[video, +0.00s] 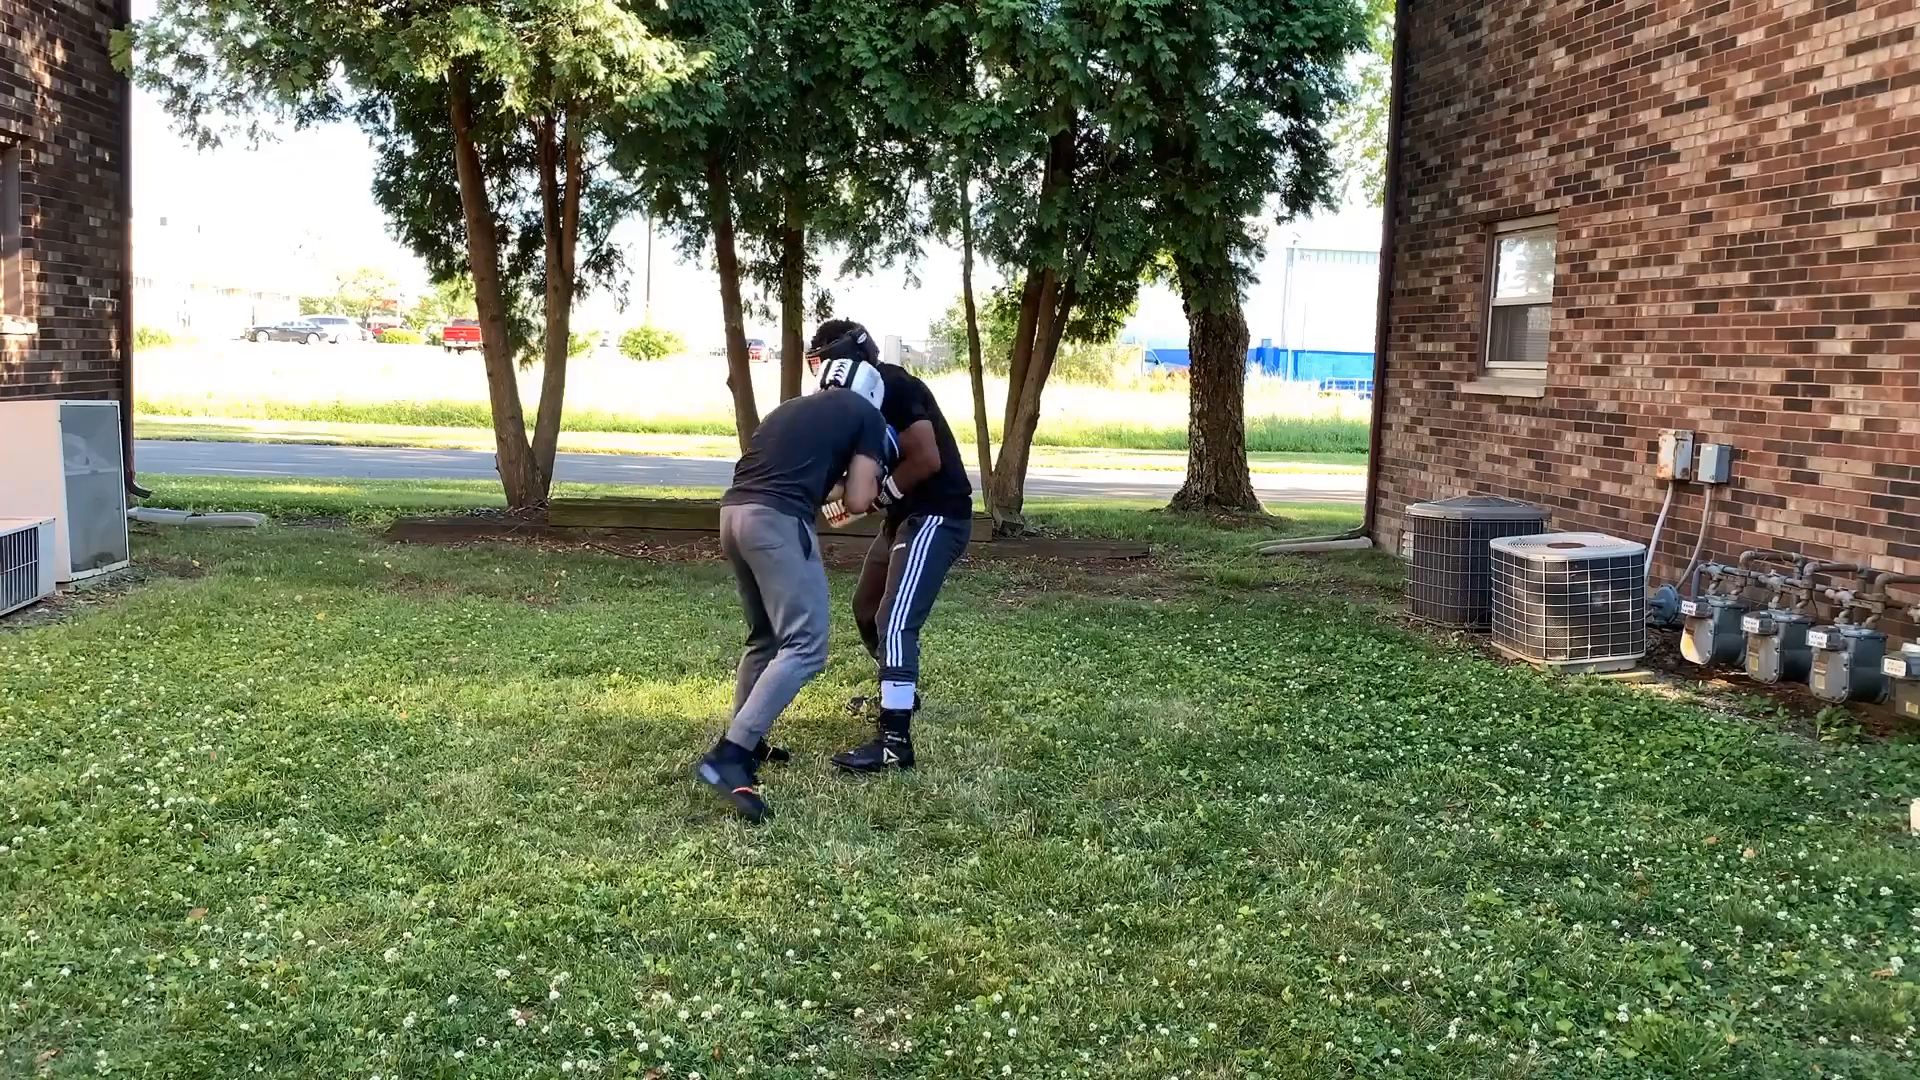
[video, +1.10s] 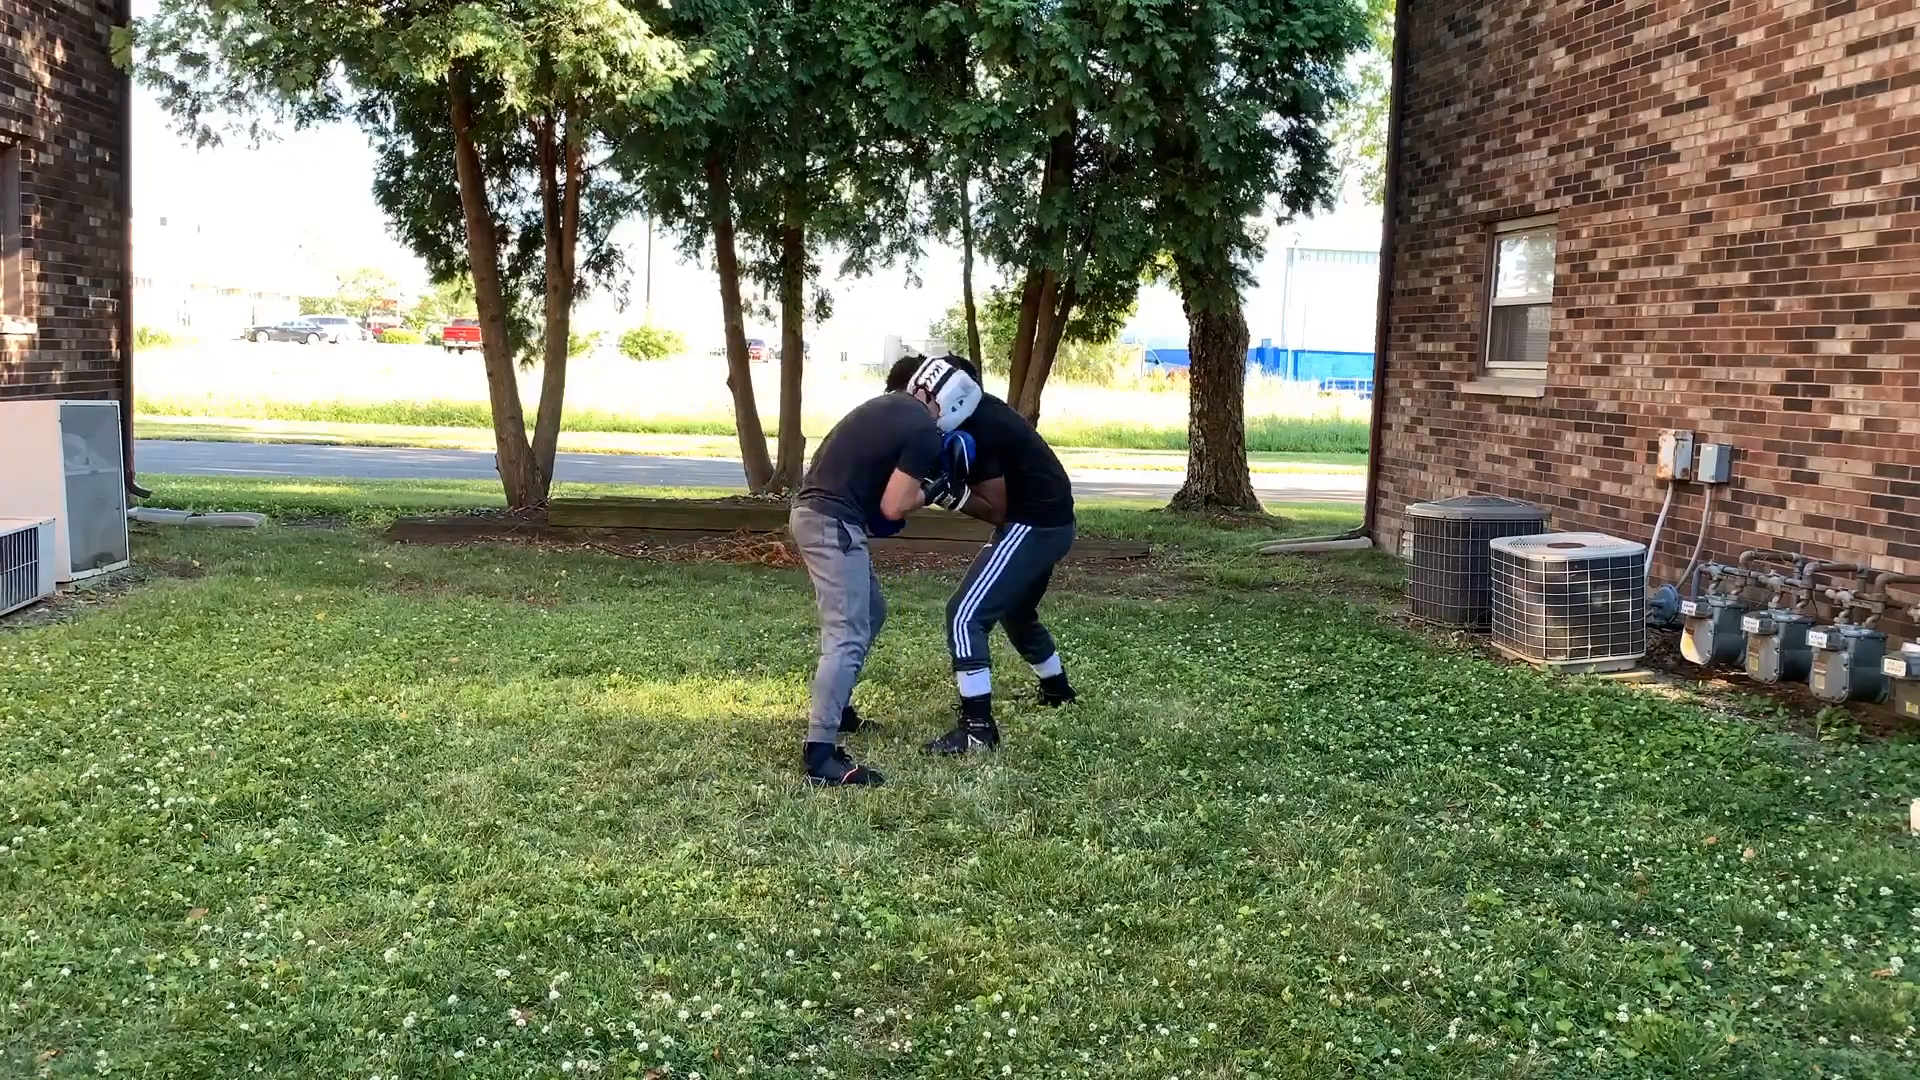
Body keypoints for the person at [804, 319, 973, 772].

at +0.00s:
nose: (818, 377)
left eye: (821, 367)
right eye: (816, 368)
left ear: (846, 361)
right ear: (851, 360)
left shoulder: (896, 385)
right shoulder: (860, 400)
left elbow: (926, 458)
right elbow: (882, 462)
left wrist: (876, 493)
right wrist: (852, 492)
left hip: (934, 515)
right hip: (901, 516)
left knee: (896, 620)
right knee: (867, 611)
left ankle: (895, 741)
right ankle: (901, 690)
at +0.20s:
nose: (822, 386)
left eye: (826, 376)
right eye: (820, 378)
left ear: (851, 363)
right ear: (841, 369)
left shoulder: (909, 377)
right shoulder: (854, 404)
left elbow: (959, 432)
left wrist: (909, 461)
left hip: (945, 505)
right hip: (907, 506)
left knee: (899, 609)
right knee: (876, 606)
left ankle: (908, 734)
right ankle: (898, 706)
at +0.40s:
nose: (888, 363)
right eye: (886, 357)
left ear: (847, 364)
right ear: (878, 355)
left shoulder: (829, 399)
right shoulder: (903, 394)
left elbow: (822, 466)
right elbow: (920, 477)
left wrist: (882, 461)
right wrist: (915, 453)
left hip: (808, 529)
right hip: (854, 528)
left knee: (836, 610)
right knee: (883, 645)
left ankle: (796, 703)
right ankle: (852, 761)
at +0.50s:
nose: (895, 357)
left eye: (887, 349)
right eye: (891, 350)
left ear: (852, 357)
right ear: (889, 354)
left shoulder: (833, 388)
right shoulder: (898, 385)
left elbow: (835, 456)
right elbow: (922, 467)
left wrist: (895, 448)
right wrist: (914, 443)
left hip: (817, 523)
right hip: (859, 524)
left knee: (857, 611)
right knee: (879, 645)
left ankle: (817, 705)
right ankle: (853, 761)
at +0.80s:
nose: (931, 401)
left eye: (937, 393)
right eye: (935, 391)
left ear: (903, 369)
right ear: (922, 377)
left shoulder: (876, 395)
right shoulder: (892, 402)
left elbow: (873, 480)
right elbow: (873, 481)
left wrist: (913, 463)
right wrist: (918, 468)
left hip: (834, 520)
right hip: (826, 522)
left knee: (871, 621)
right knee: (847, 633)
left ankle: (830, 713)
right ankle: (839, 757)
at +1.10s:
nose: (951, 420)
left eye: (956, 412)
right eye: (954, 410)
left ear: (918, 386)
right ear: (939, 397)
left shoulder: (887, 407)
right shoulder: (922, 426)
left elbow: (878, 498)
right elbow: (894, 507)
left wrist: (928, 481)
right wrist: (934, 487)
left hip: (819, 513)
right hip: (830, 522)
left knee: (871, 612)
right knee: (847, 633)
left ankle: (836, 707)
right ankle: (819, 752)